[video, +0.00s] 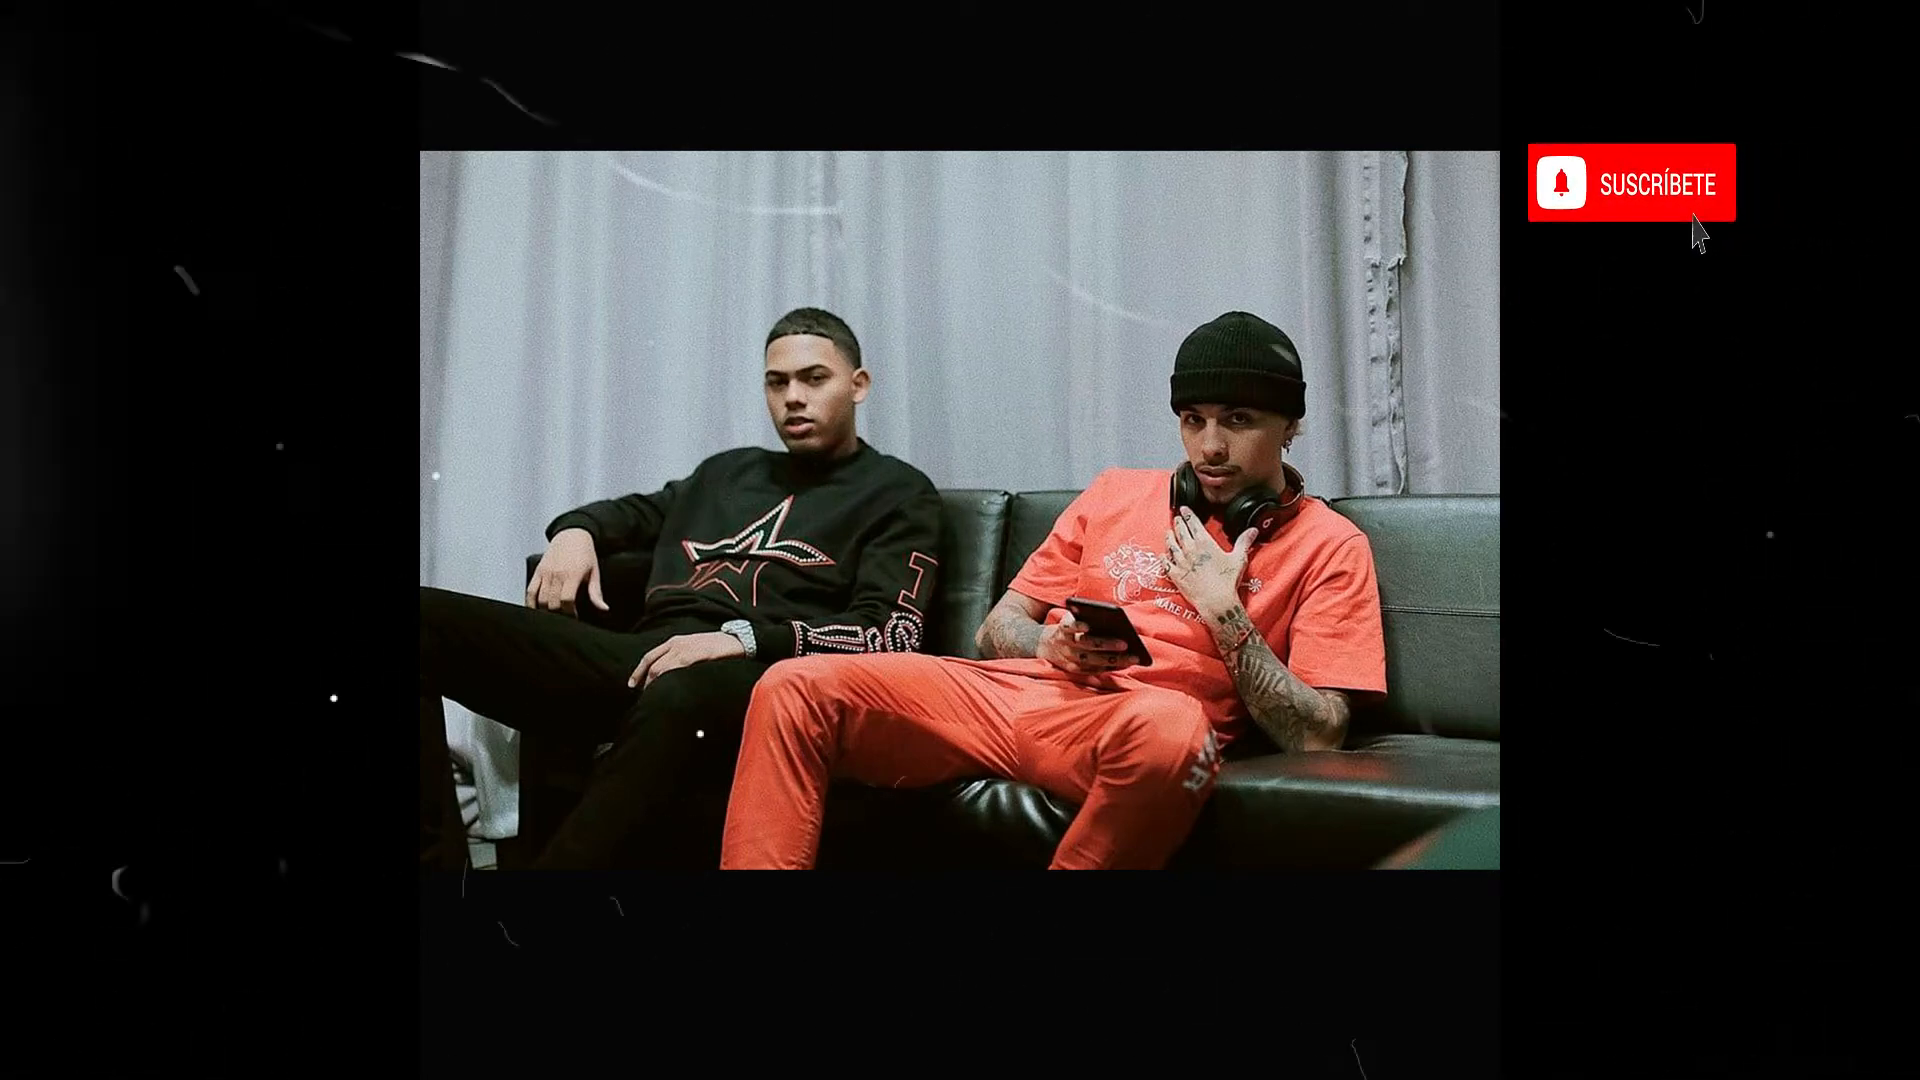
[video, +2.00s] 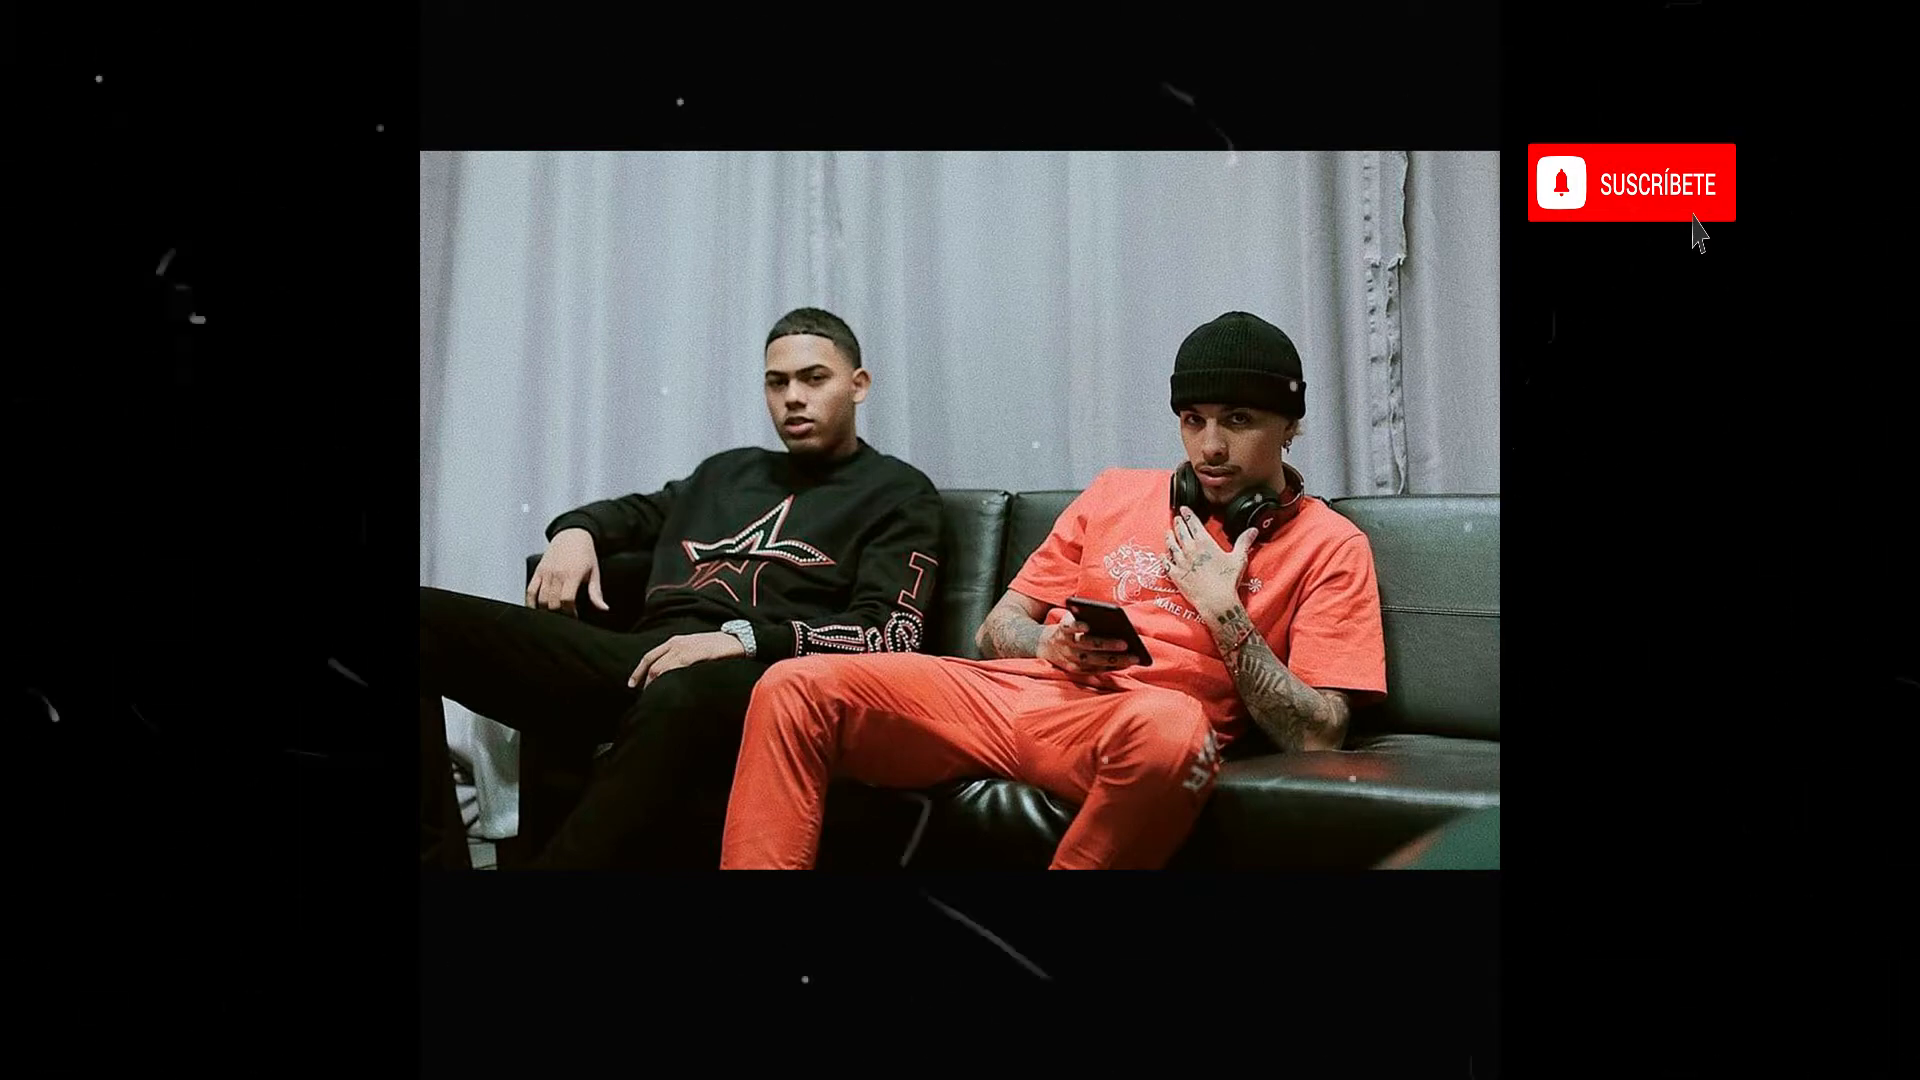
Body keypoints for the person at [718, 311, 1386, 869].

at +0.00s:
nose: (1211, 445)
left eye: (1238, 421)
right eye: (1195, 419)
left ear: (1288, 429)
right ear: (1179, 421)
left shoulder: (1329, 546)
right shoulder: (1117, 493)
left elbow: (1318, 736)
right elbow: (999, 627)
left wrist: (1227, 615)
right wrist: (1052, 646)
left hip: (1132, 707)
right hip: (1013, 685)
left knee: (1170, 746)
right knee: (791, 694)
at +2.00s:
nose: (1210, 445)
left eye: (1238, 421)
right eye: (1196, 419)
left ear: (1289, 428)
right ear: (1179, 422)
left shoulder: (1328, 546)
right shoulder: (1118, 493)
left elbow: (1318, 734)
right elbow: (999, 626)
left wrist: (1226, 614)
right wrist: (1050, 647)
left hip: (1133, 708)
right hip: (1014, 685)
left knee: (1170, 747)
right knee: (792, 693)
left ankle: (1042, 954)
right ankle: (762, 942)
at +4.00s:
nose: (1210, 445)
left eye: (1238, 421)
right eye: (1196, 419)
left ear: (1289, 429)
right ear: (1179, 422)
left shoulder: (1328, 546)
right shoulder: (1118, 492)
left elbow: (1318, 734)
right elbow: (999, 626)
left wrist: (1226, 614)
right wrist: (1050, 647)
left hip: (1132, 708)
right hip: (1014, 685)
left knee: (1170, 746)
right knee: (792, 693)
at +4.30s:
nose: (1210, 445)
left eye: (1238, 421)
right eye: (1196, 419)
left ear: (1289, 429)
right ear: (1179, 422)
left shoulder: (1328, 546)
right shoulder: (1118, 493)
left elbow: (1318, 734)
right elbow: (999, 626)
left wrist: (1226, 614)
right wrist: (1050, 647)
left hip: (1132, 708)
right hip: (1013, 685)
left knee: (1170, 747)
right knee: (792, 693)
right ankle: (759, 911)